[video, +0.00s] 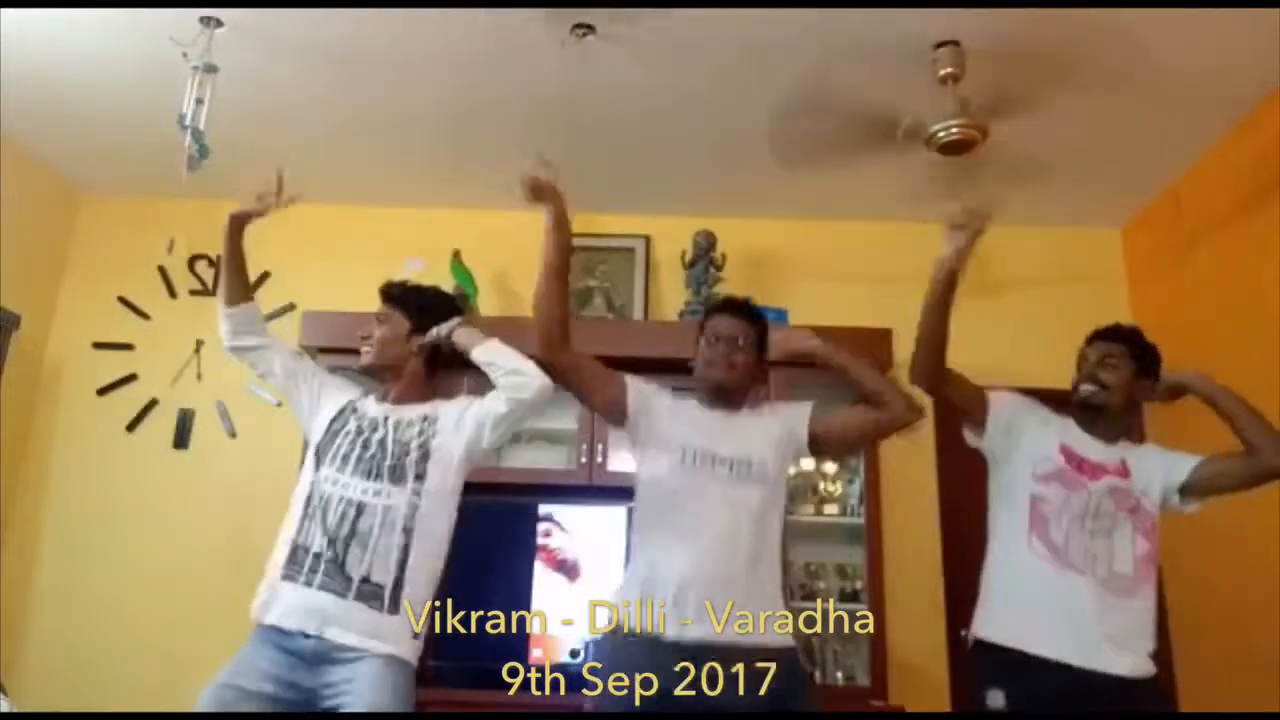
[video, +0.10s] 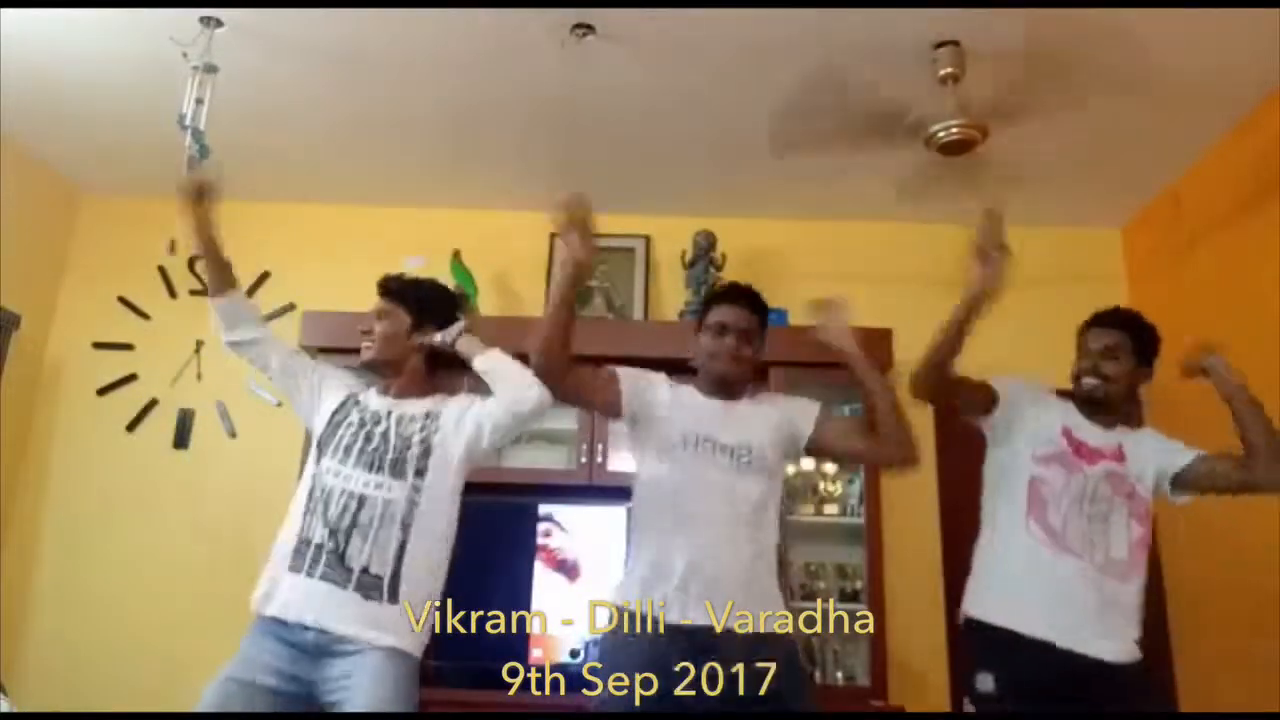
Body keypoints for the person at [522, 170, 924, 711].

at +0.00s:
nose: (723, 353)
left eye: (739, 345)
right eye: (713, 341)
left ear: (759, 365)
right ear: (695, 353)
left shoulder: (785, 426)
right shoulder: (649, 409)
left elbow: (900, 410)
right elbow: (554, 350)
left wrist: (822, 350)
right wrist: (556, 228)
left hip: (755, 658)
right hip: (647, 651)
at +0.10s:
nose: (731, 345)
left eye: (746, 337)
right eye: (719, 331)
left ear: (760, 352)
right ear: (695, 339)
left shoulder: (784, 416)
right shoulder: (651, 395)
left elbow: (896, 450)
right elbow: (552, 371)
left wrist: (853, 353)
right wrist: (569, 279)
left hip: (755, 640)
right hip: (650, 636)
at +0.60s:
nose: (732, 403)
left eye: (737, 388)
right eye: (719, 387)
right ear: (673, 378)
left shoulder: (728, 454)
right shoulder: (611, 438)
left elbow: (750, 562)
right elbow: (581, 579)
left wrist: (775, 636)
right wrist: (683, 629)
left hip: (667, 668)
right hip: (582, 663)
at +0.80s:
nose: (723, 451)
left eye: (732, 440)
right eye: (711, 434)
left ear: (740, 441)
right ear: (669, 427)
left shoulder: (719, 505)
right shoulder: (601, 488)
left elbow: (745, 620)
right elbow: (599, 636)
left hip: (647, 686)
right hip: (564, 680)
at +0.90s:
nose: (729, 423)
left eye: (735, 410)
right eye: (716, 408)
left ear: (743, 409)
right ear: (674, 402)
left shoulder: (734, 478)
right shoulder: (612, 471)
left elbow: (757, 585)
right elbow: (578, 610)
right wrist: (680, 663)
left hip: (671, 684)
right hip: (590, 678)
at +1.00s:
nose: (738, 412)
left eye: (746, 401)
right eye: (724, 396)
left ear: (753, 403)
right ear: (679, 390)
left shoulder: (744, 466)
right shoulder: (616, 464)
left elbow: (772, 572)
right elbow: (569, 600)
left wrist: (774, 635)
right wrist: (688, 629)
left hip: (689, 677)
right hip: (605, 675)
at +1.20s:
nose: (744, 420)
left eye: (755, 407)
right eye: (726, 407)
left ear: (766, 411)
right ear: (690, 414)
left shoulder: (776, 493)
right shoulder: (641, 485)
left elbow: (817, 613)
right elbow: (614, 622)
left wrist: (772, 673)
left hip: (741, 699)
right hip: (648, 696)